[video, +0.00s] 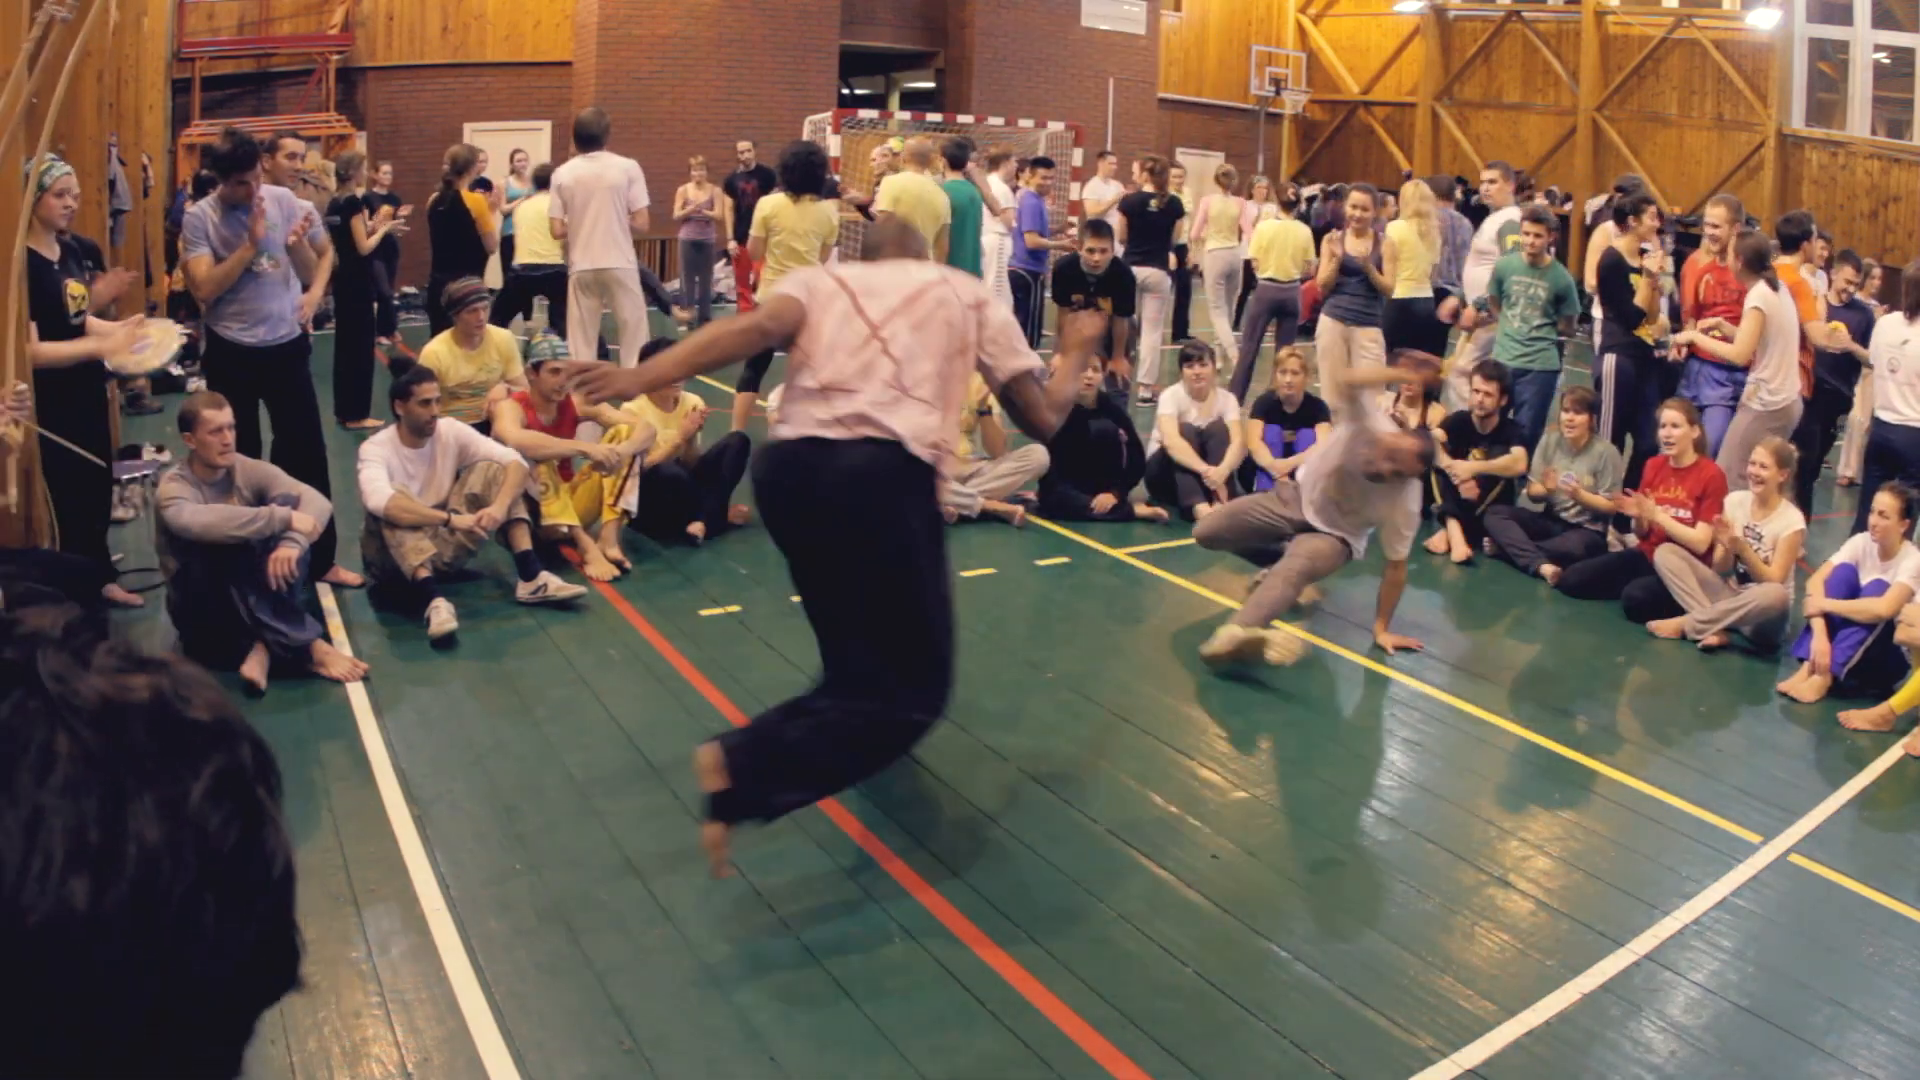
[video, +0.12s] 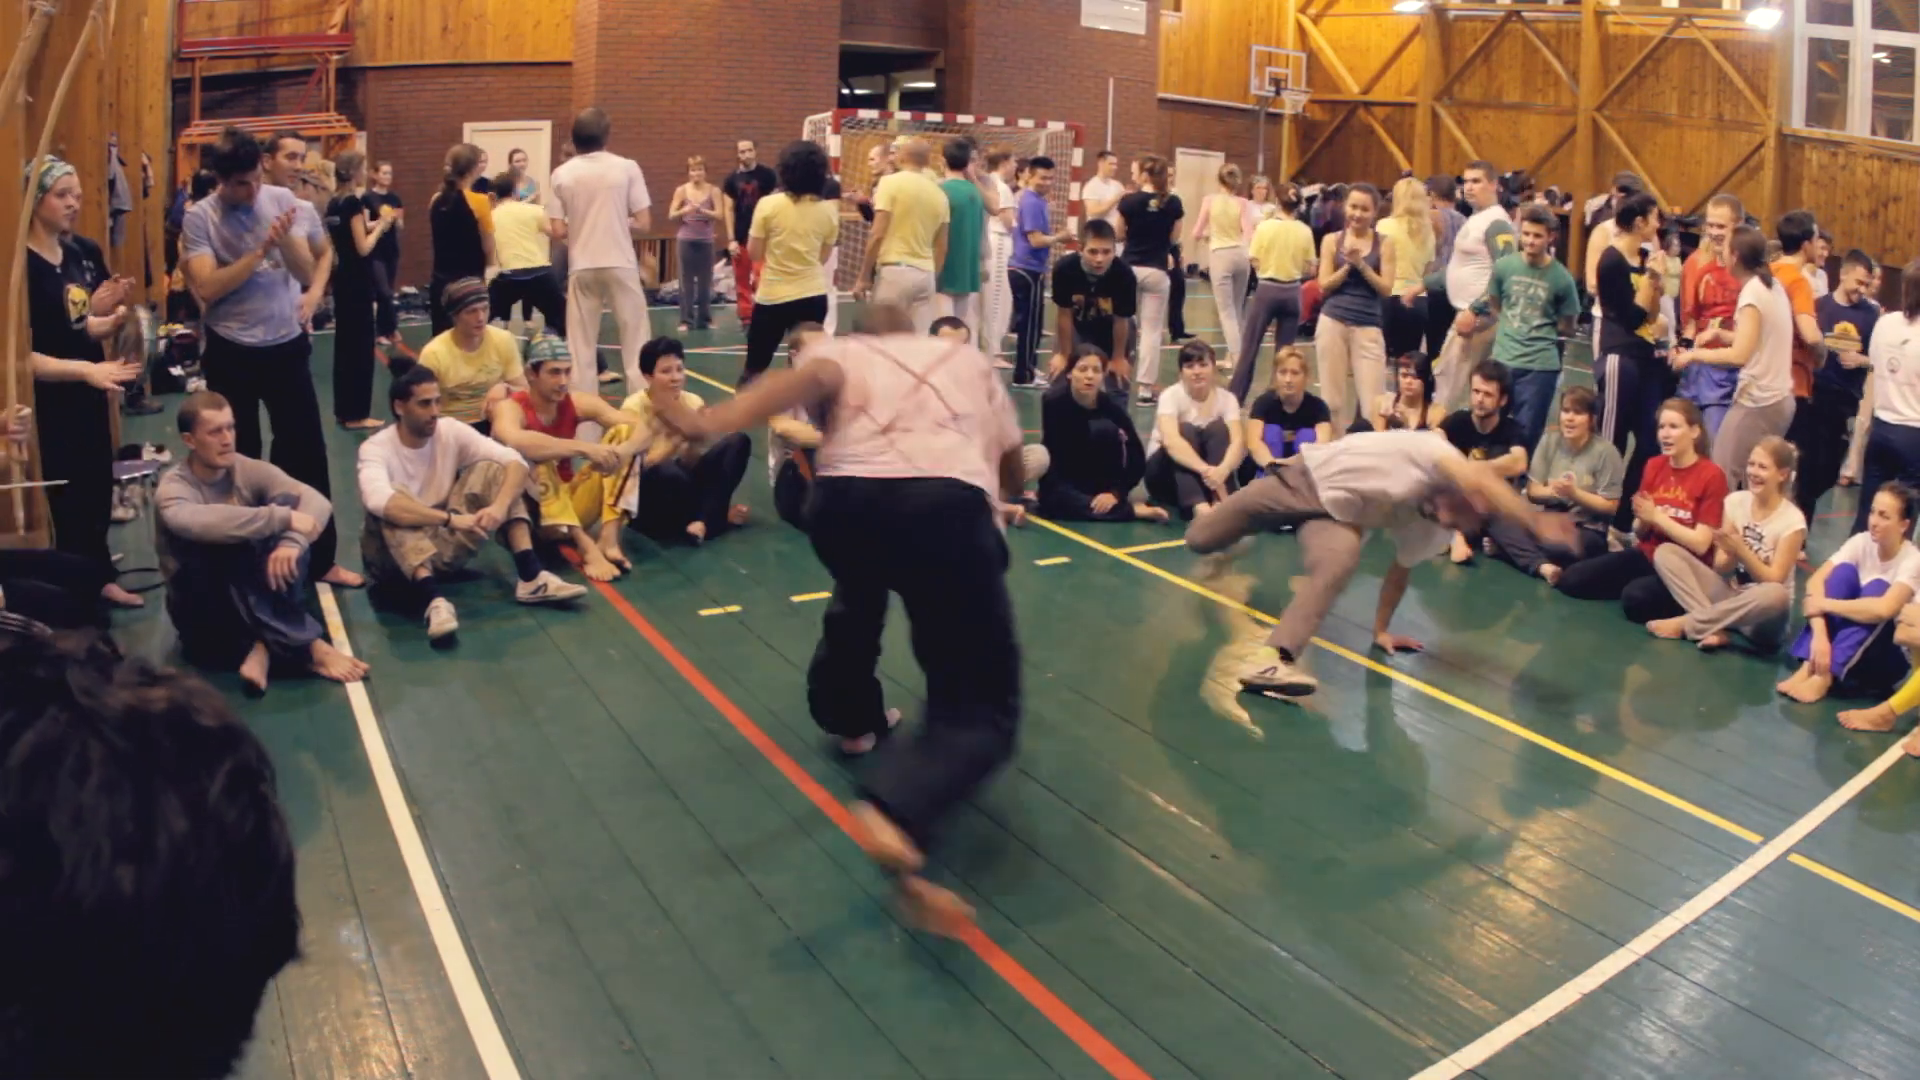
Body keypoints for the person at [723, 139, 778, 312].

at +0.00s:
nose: (745, 155)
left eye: (748, 151)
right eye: (741, 152)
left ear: (755, 152)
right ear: (737, 155)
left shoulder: (768, 175)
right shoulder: (732, 179)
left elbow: (774, 204)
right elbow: (729, 209)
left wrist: (772, 230)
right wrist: (730, 238)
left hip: (763, 233)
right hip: (740, 234)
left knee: (762, 274)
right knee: (742, 278)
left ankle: (763, 308)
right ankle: (744, 309)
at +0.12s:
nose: (746, 155)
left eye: (749, 150)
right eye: (742, 152)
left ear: (756, 152)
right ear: (737, 155)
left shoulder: (768, 175)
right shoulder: (732, 179)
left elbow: (774, 204)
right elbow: (729, 210)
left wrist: (773, 233)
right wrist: (731, 239)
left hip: (763, 233)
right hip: (741, 235)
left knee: (762, 275)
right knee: (742, 279)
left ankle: (763, 314)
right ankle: (745, 316)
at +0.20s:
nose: (748, 155)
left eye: (751, 150)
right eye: (743, 152)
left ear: (757, 152)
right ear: (739, 155)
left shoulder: (769, 175)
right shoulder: (733, 179)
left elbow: (775, 204)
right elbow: (729, 209)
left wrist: (773, 233)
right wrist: (731, 239)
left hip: (763, 234)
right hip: (741, 235)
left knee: (761, 276)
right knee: (742, 280)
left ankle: (762, 314)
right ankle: (745, 315)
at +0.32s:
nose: (750, 155)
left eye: (753, 150)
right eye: (746, 151)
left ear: (759, 152)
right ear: (741, 154)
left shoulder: (770, 175)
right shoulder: (734, 179)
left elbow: (776, 204)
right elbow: (729, 209)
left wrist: (775, 232)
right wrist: (732, 238)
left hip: (765, 233)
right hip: (742, 235)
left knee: (762, 275)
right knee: (743, 280)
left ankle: (764, 315)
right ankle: (746, 316)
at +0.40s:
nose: (752, 155)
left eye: (755, 151)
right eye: (748, 152)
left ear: (761, 152)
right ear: (743, 154)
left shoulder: (771, 175)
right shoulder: (736, 178)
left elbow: (777, 204)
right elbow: (730, 208)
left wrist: (776, 231)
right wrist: (734, 236)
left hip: (766, 232)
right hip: (743, 234)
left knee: (764, 275)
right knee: (744, 279)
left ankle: (765, 314)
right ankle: (746, 316)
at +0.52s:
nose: (752, 155)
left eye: (756, 151)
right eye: (749, 151)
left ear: (765, 152)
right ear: (745, 153)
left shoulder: (773, 176)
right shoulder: (738, 178)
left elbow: (779, 204)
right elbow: (732, 206)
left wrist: (775, 228)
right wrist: (736, 231)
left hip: (767, 232)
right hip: (745, 233)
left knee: (765, 276)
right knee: (745, 279)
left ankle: (766, 315)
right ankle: (747, 316)